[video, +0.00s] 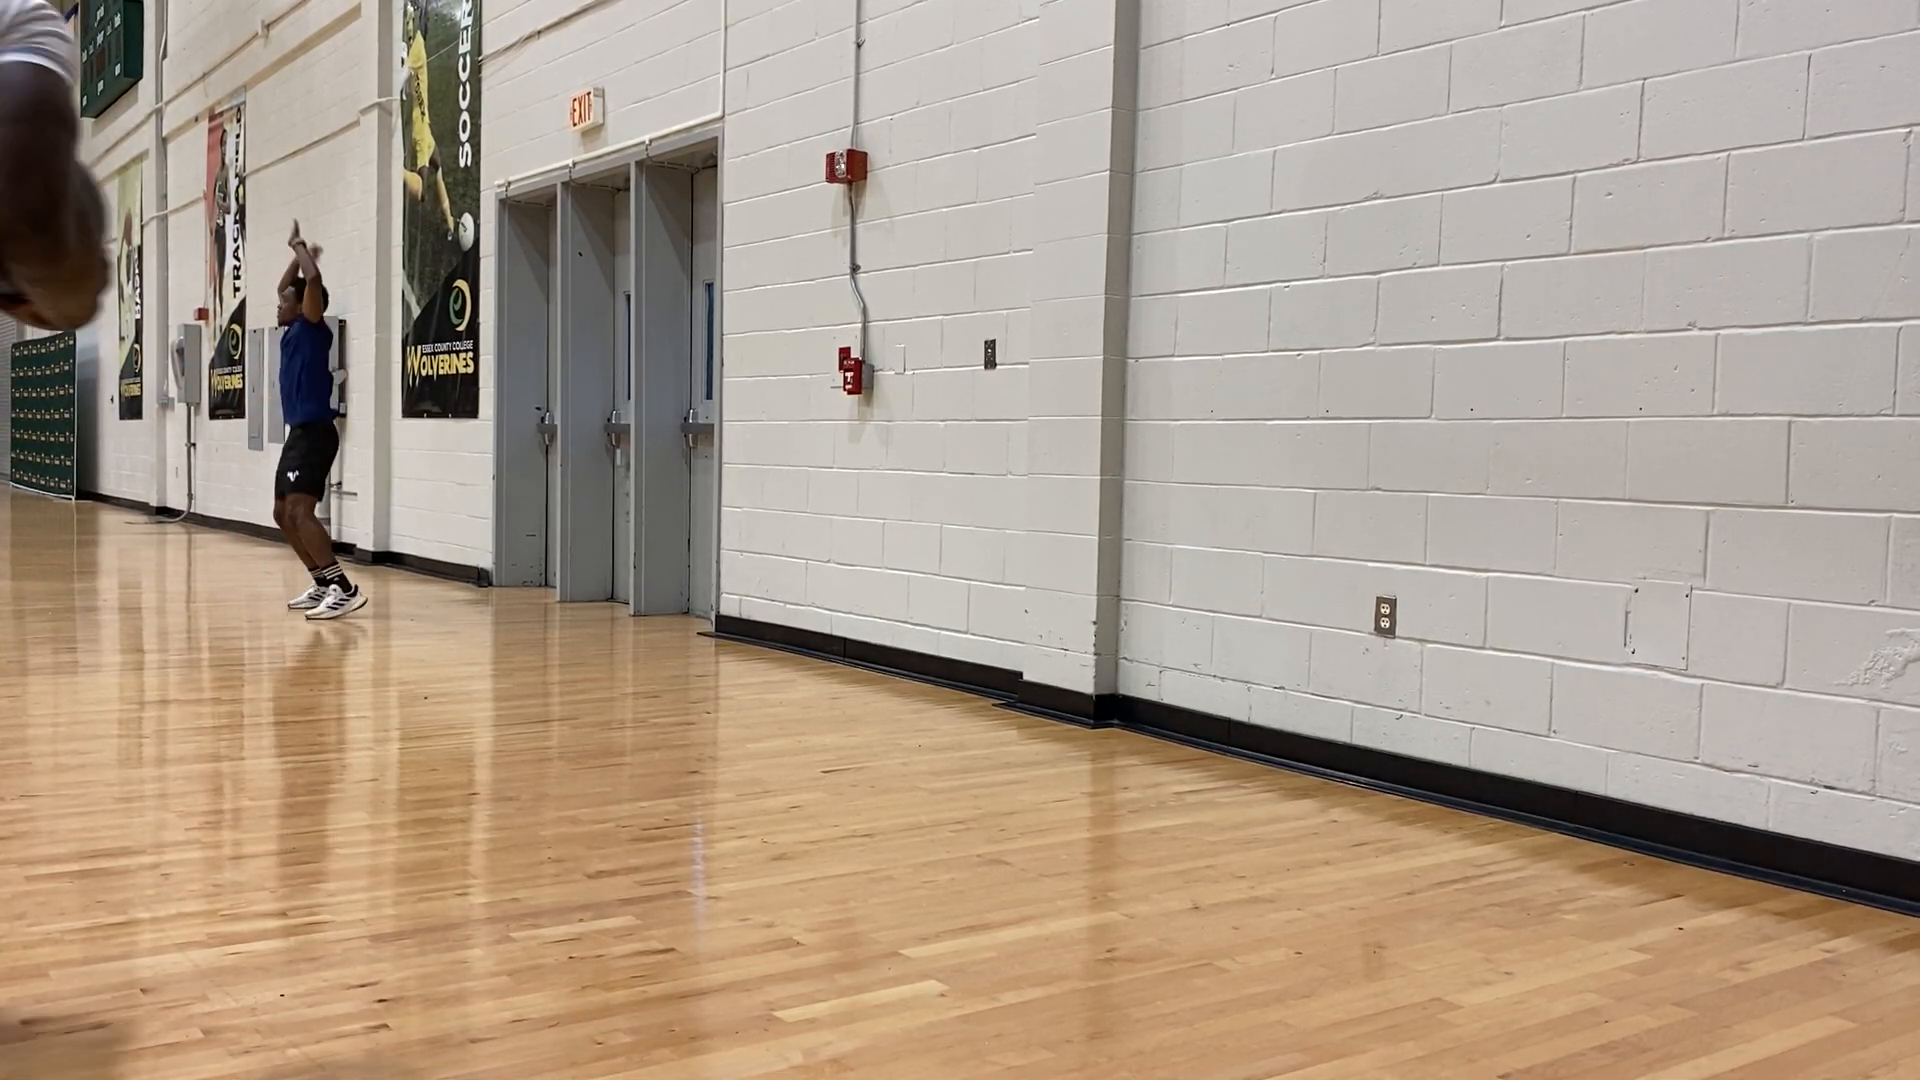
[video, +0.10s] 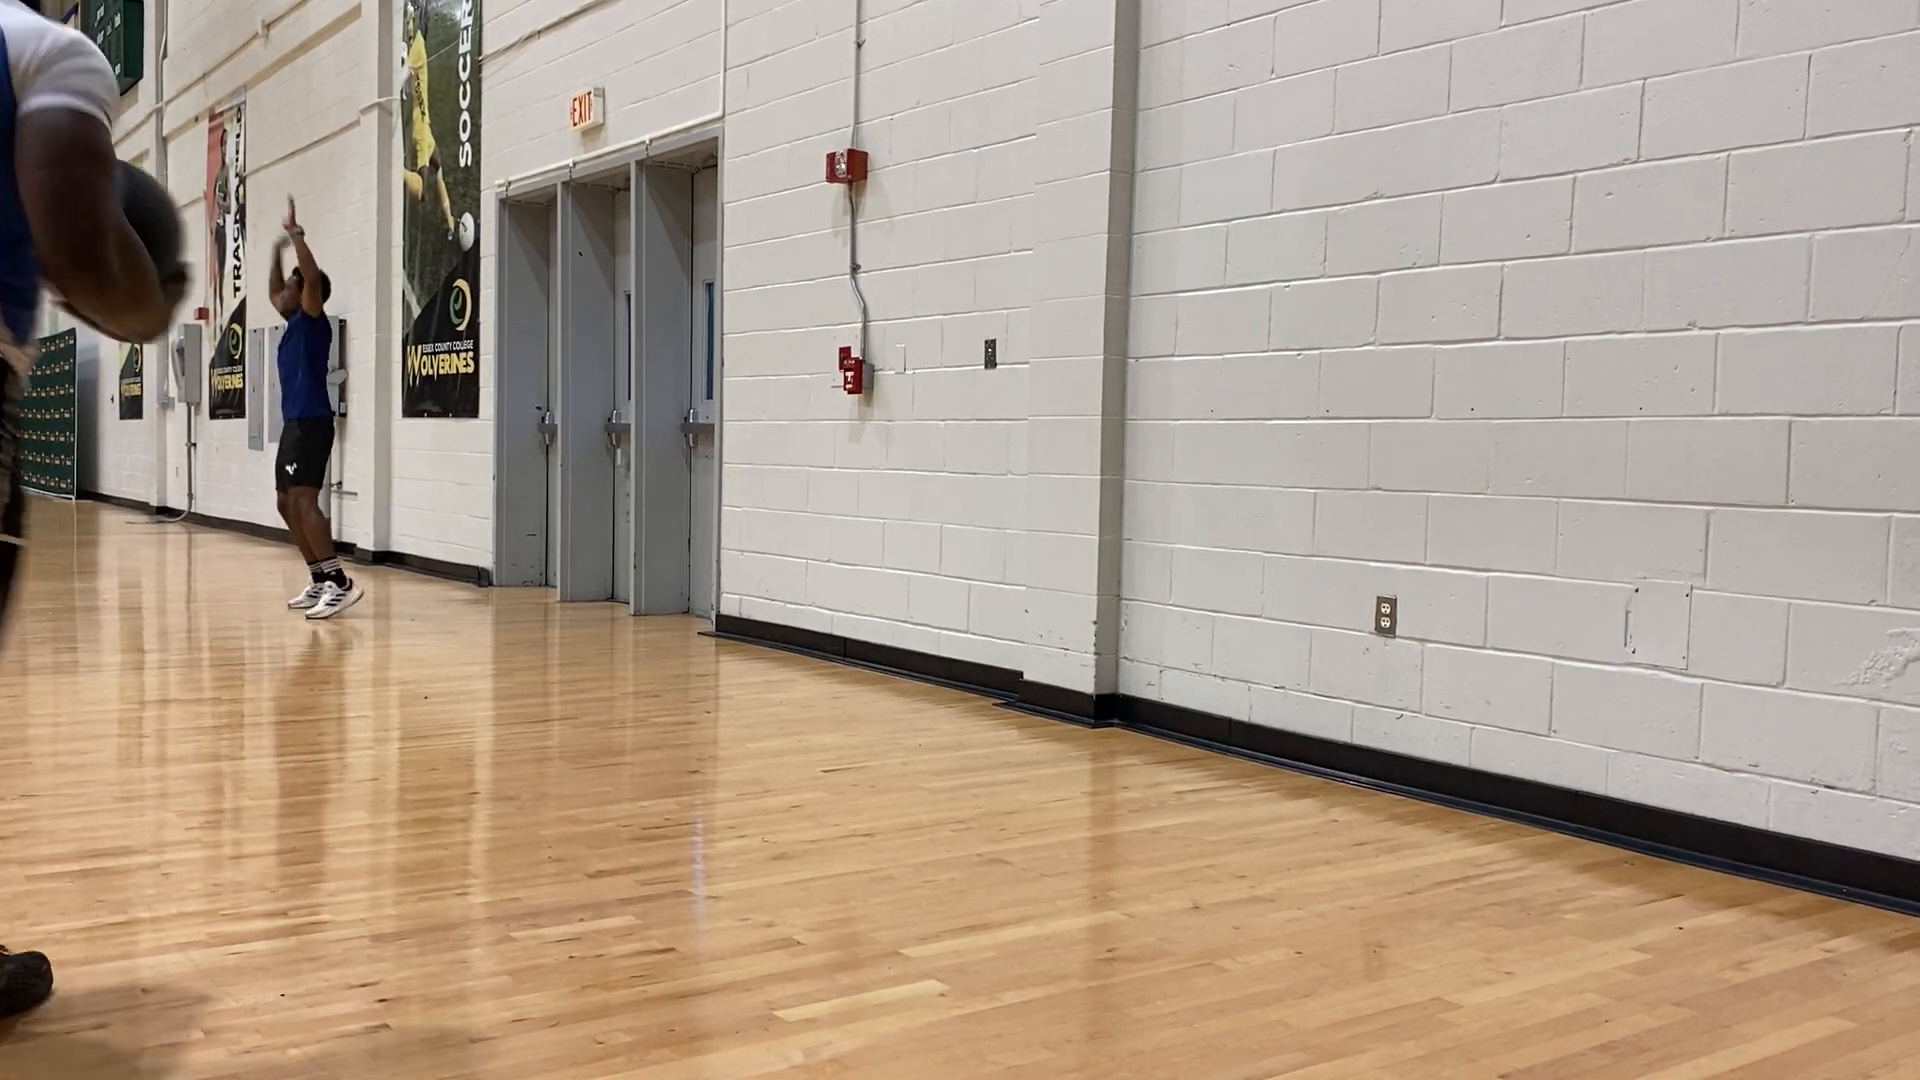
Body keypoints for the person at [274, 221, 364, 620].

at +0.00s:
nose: (283, 302)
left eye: (290, 298)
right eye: (285, 295)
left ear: (305, 304)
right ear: (288, 303)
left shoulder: (313, 329)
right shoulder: (291, 331)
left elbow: (313, 290)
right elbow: (284, 290)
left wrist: (306, 261)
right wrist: (300, 258)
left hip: (316, 432)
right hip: (299, 432)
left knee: (298, 511)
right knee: (282, 514)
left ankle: (342, 587)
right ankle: (322, 584)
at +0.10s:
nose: (285, 289)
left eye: (292, 283)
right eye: (286, 284)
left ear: (306, 292)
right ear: (292, 293)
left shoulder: (313, 320)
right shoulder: (293, 324)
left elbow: (311, 277)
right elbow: (276, 292)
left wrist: (296, 235)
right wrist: (278, 254)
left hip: (312, 422)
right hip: (294, 424)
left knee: (303, 500)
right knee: (286, 504)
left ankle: (338, 582)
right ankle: (320, 580)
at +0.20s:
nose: (284, 271)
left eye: (292, 267)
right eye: (287, 266)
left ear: (308, 277)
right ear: (296, 277)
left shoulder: (315, 308)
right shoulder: (289, 312)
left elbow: (316, 287)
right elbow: (272, 314)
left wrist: (288, 256)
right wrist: (249, 289)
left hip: (308, 407)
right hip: (289, 408)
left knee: (302, 487)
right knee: (288, 489)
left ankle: (327, 571)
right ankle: (311, 570)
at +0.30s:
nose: (286, 275)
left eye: (291, 270)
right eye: (289, 269)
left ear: (302, 277)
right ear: (306, 279)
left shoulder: (310, 304)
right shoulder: (294, 313)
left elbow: (325, 337)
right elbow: (281, 360)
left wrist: (288, 342)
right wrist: (242, 356)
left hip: (304, 407)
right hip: (288, 407)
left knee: (292, 489)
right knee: (288, 490)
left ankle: (317, 573)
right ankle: (311, 572)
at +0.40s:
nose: (275, 302)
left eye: (280, 295)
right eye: (277, 295)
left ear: (290, 299)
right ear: (293, 300)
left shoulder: (306, 331)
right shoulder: (288, 336)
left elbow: (326, 383)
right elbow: (288, 399)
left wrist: (294, 417)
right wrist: (259, 425)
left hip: (307, 428)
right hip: (290, 427)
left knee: (279, 506)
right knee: (276, 507)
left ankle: (320, 584)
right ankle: (318, 584)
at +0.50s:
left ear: (299, 305)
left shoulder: (303, 339)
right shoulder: (288, 338)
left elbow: (321, 387)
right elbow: (294, 385)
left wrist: (288, 418)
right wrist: (276, 417)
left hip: (305, 432)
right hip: (290, 430)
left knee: (283, 507)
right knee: (281, 506)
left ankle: (321, 585)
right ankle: (313, 584)